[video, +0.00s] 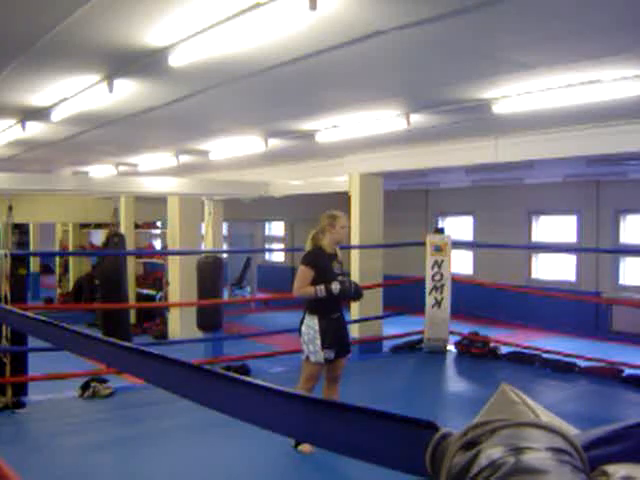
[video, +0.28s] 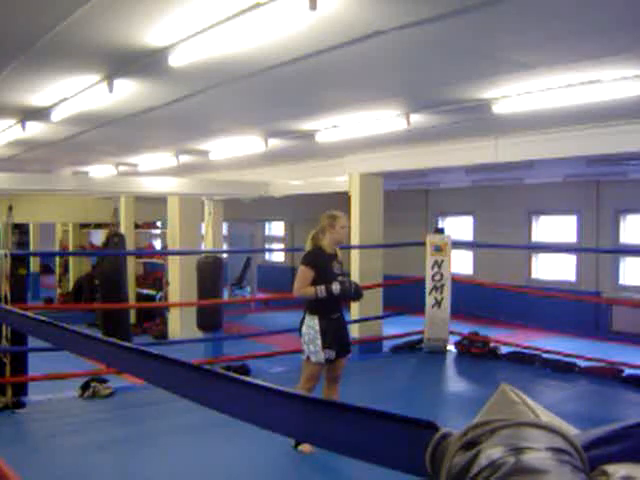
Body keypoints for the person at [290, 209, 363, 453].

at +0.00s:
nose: (346, 233)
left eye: (347, 229)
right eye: (343, 228)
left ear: (337, 230)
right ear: (329, 229)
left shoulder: (336, 258)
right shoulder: (314, 256)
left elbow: (333, 289)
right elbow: (298, 290)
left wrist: (350, 290)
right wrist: (329, 288)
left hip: (336, 317)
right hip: (316, 318)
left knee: (334, 378)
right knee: (309, 379)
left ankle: (330, 429)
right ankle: (300, 431)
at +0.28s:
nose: (346, 233)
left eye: (347, 229)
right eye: (343, 229)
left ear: (337, 230)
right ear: (329, 229)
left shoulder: (336, 259)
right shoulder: (314, 256)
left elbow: (333, 288)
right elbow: (298, 289)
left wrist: (350, 290)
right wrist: (330, 289)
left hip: (336, 317)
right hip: (316, 318)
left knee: (334, 378)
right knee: (310, 380)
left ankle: (330, 429)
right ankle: (299, 431)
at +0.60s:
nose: (346, 233)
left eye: (346, 229)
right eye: (342, 229)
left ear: (337, 231)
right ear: (328, 229)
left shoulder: (335, 258)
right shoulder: (313, 256)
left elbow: (332, 289)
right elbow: (297, 289)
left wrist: (350, 291)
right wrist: (329, 289)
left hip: (335, 318)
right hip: (316, 318)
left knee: (334, 378)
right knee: (309, 380)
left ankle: (330, 428)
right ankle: (299, 431)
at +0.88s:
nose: (345, 234)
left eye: (346, 229)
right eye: (342, 229)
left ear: (336, 231)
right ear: (328, 229)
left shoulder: (334, 258)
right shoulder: (312, 255)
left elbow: (332, 289)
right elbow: (296, 289)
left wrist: (349, 291)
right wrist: (328, 289)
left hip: (334, 317)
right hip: (315, 318)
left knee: (334, 377)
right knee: (309, 379)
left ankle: (329, 428)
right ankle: (299, 431)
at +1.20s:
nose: (345, 233)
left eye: (346, 229)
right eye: (342, 229)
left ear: (335, 230)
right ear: (327, 229)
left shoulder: (334, 258)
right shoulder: (312, 255)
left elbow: (332, 289)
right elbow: (296, 289)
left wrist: (349, 291)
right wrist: (327, 289)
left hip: (334, 317)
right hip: (315, 318)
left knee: (334, 378)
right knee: (308, 379)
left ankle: (329, 428)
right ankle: (299, 431)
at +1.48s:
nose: (346, 233)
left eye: (347, 229)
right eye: (343, 229)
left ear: (337, 230)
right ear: (328, 229)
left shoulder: (334, 258)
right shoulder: (312, 255)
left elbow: (331, 289)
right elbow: (297, 290)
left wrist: (349, 291)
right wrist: (328, 289)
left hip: (334, 317)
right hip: (315, 318)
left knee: (334, 377)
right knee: (308, 379)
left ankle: (330, 428)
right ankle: (299, 431)